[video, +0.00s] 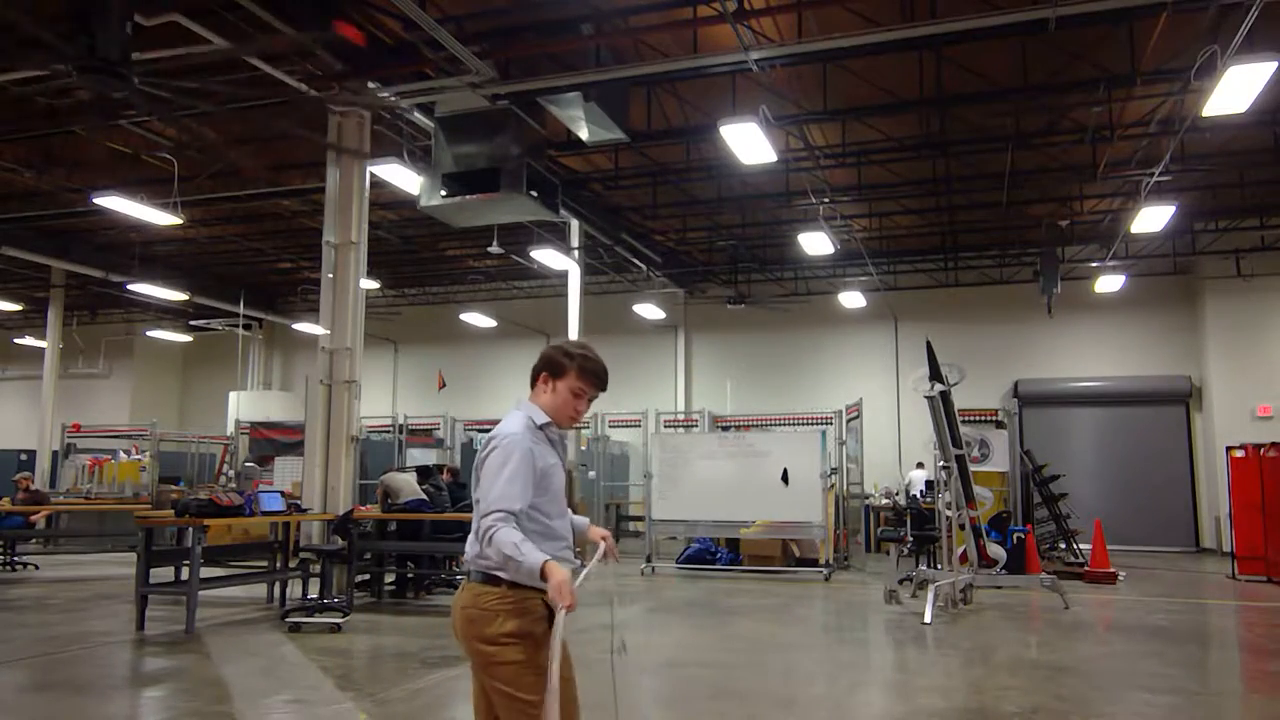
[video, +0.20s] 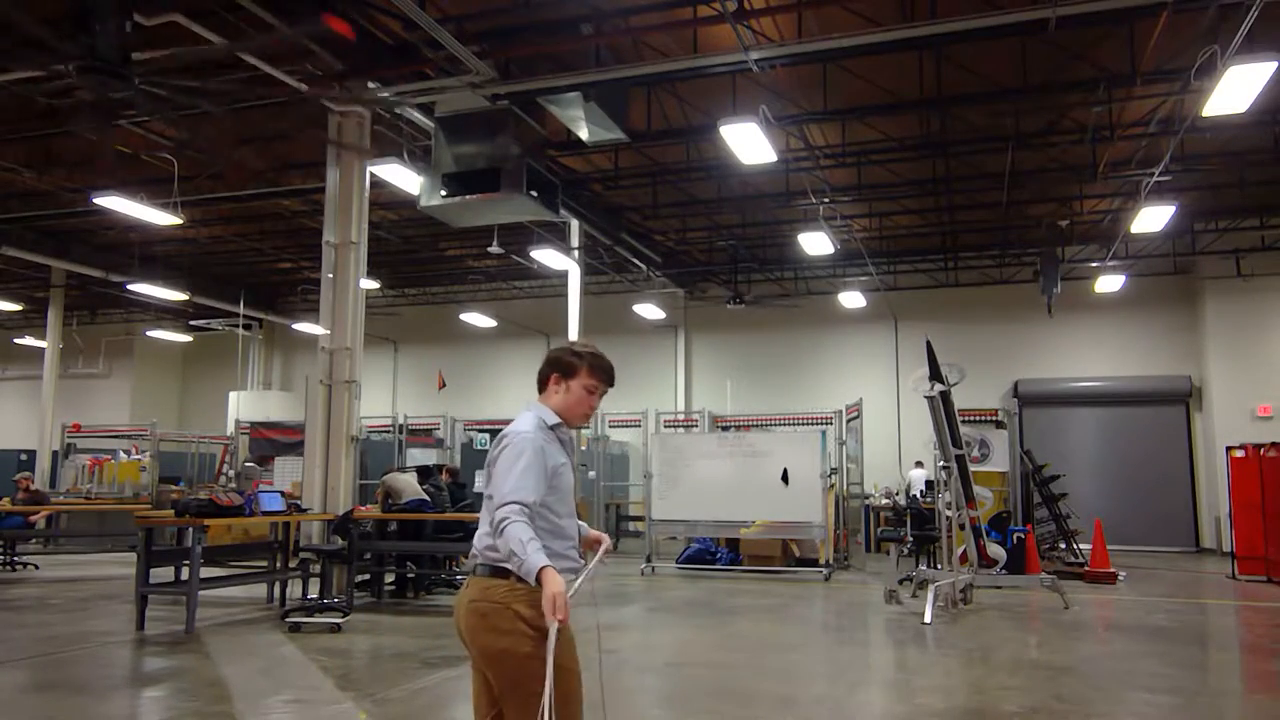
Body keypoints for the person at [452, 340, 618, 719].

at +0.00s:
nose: (583, 409)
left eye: (589, 401)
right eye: (577, 395)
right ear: (545, 383)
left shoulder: (538, 438)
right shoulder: (517, 439)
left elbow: (542, 515)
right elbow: (493, 529)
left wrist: (587, 529)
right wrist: (547, 567)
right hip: (505, 605)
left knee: (495, 713)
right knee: (546, 713)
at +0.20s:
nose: (596, 404)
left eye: (599, 396)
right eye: (590, 391)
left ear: (557, 387)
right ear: (556, 384)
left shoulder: (541, 437)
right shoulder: (528, 437)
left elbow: (540, 513)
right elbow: (510, 517)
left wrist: (582, 533)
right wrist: (545, 571)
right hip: (511, 599)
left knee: (495, 713)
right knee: (553, 713)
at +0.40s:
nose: (625, 414)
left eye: (627, 404)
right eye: (625, 403)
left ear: (585, 396)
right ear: (608, 401)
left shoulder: (551, 439)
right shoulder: (564, 450)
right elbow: (543, 525)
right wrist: (563, 588)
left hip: (488, 588)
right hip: (519, 593)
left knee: (509, 712)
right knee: (554, 712)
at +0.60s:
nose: (635, 420)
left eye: (635, 412)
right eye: (635, 412)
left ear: (587, 408)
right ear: (629, 415)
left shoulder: (559, 446)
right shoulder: (591, 452)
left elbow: (535, 514)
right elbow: (576, 516)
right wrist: (576, 573)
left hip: (490, 585)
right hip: (530, 590)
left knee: (522, 710)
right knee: (556, 710)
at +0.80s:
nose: (608, 452)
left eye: (606, 445)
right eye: (608, 446)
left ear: (563, 449)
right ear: (602, 451)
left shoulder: (547, 486)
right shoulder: (590, 477)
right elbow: (588, 509)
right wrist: (589, 543)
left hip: (505, 614)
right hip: (553, 612)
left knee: (531, 710)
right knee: (577, 712)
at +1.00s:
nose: (581, 465)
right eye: (579, 461)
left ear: (540, 469)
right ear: (574, 463)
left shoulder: (531, 501)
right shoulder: (567, 481)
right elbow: (583, 479)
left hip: (519, 597)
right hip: (569, 594)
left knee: (538, 710)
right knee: (587, 707)